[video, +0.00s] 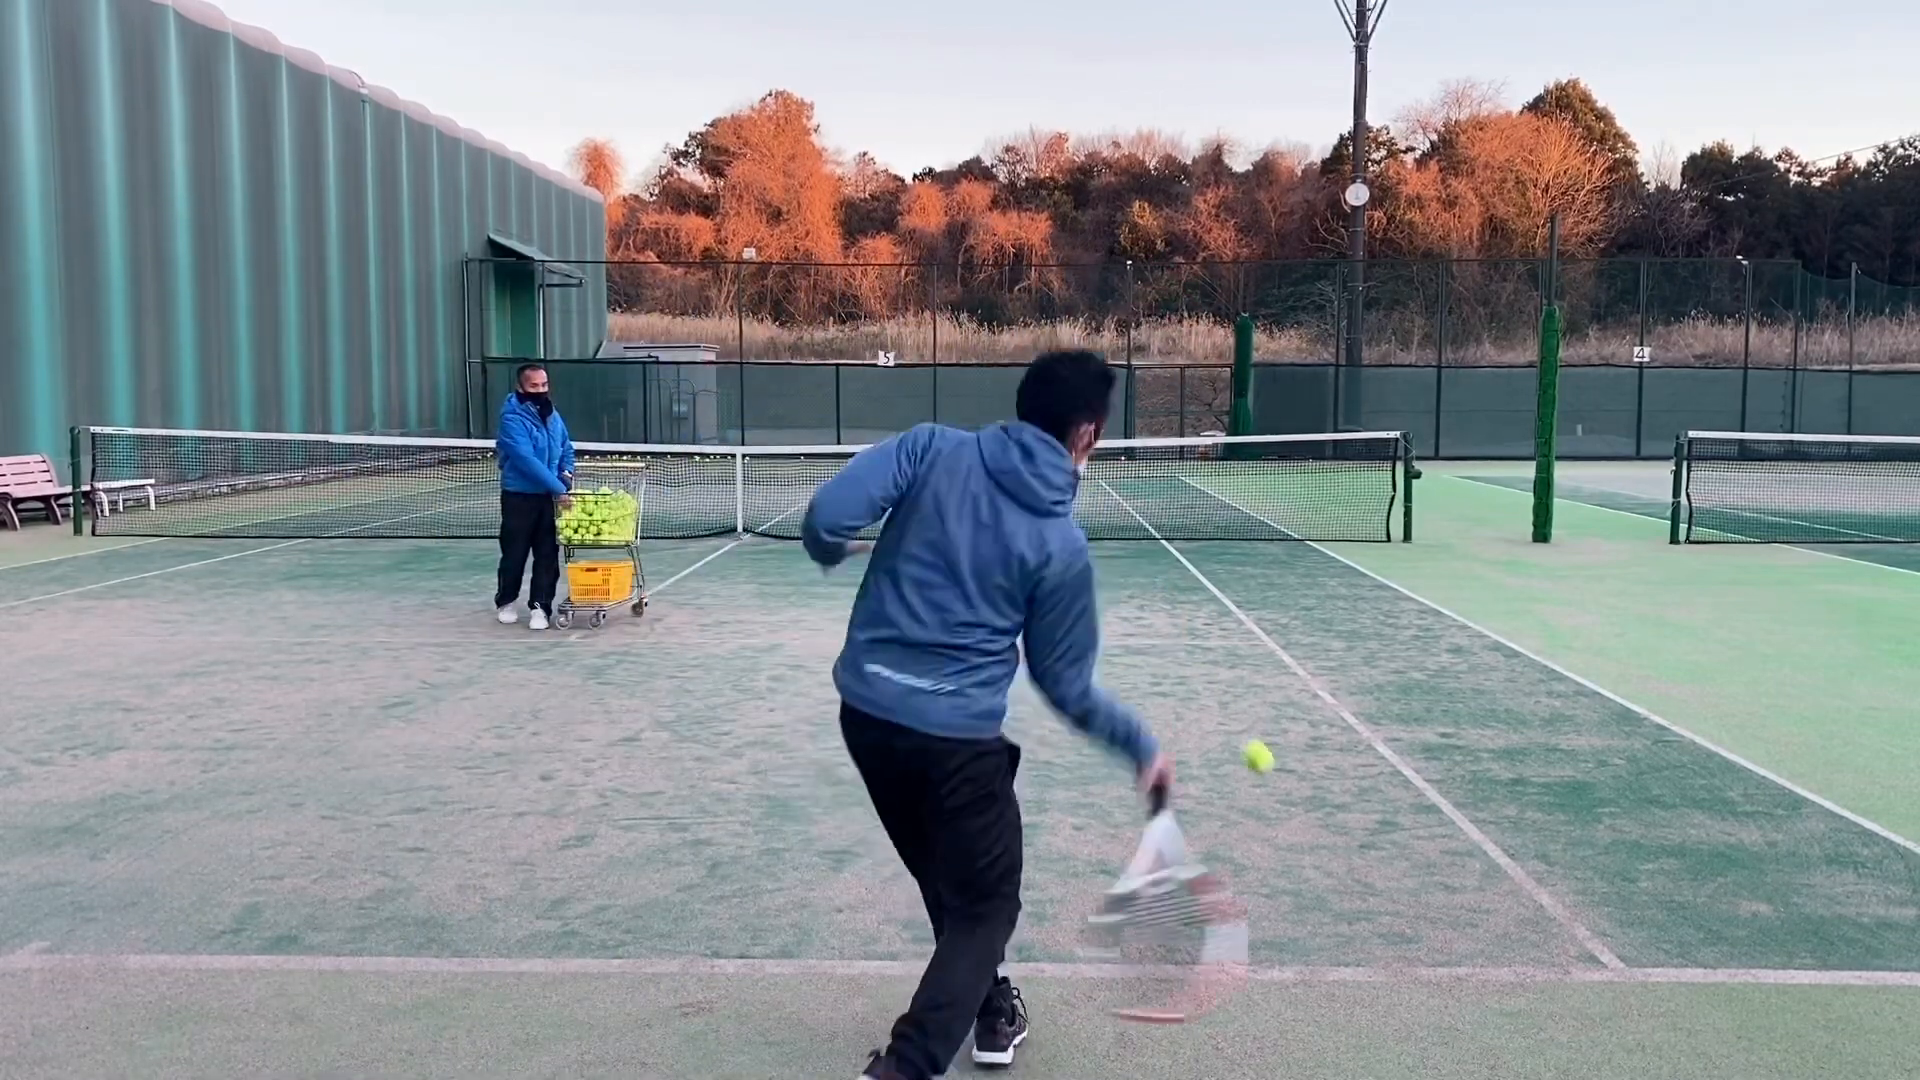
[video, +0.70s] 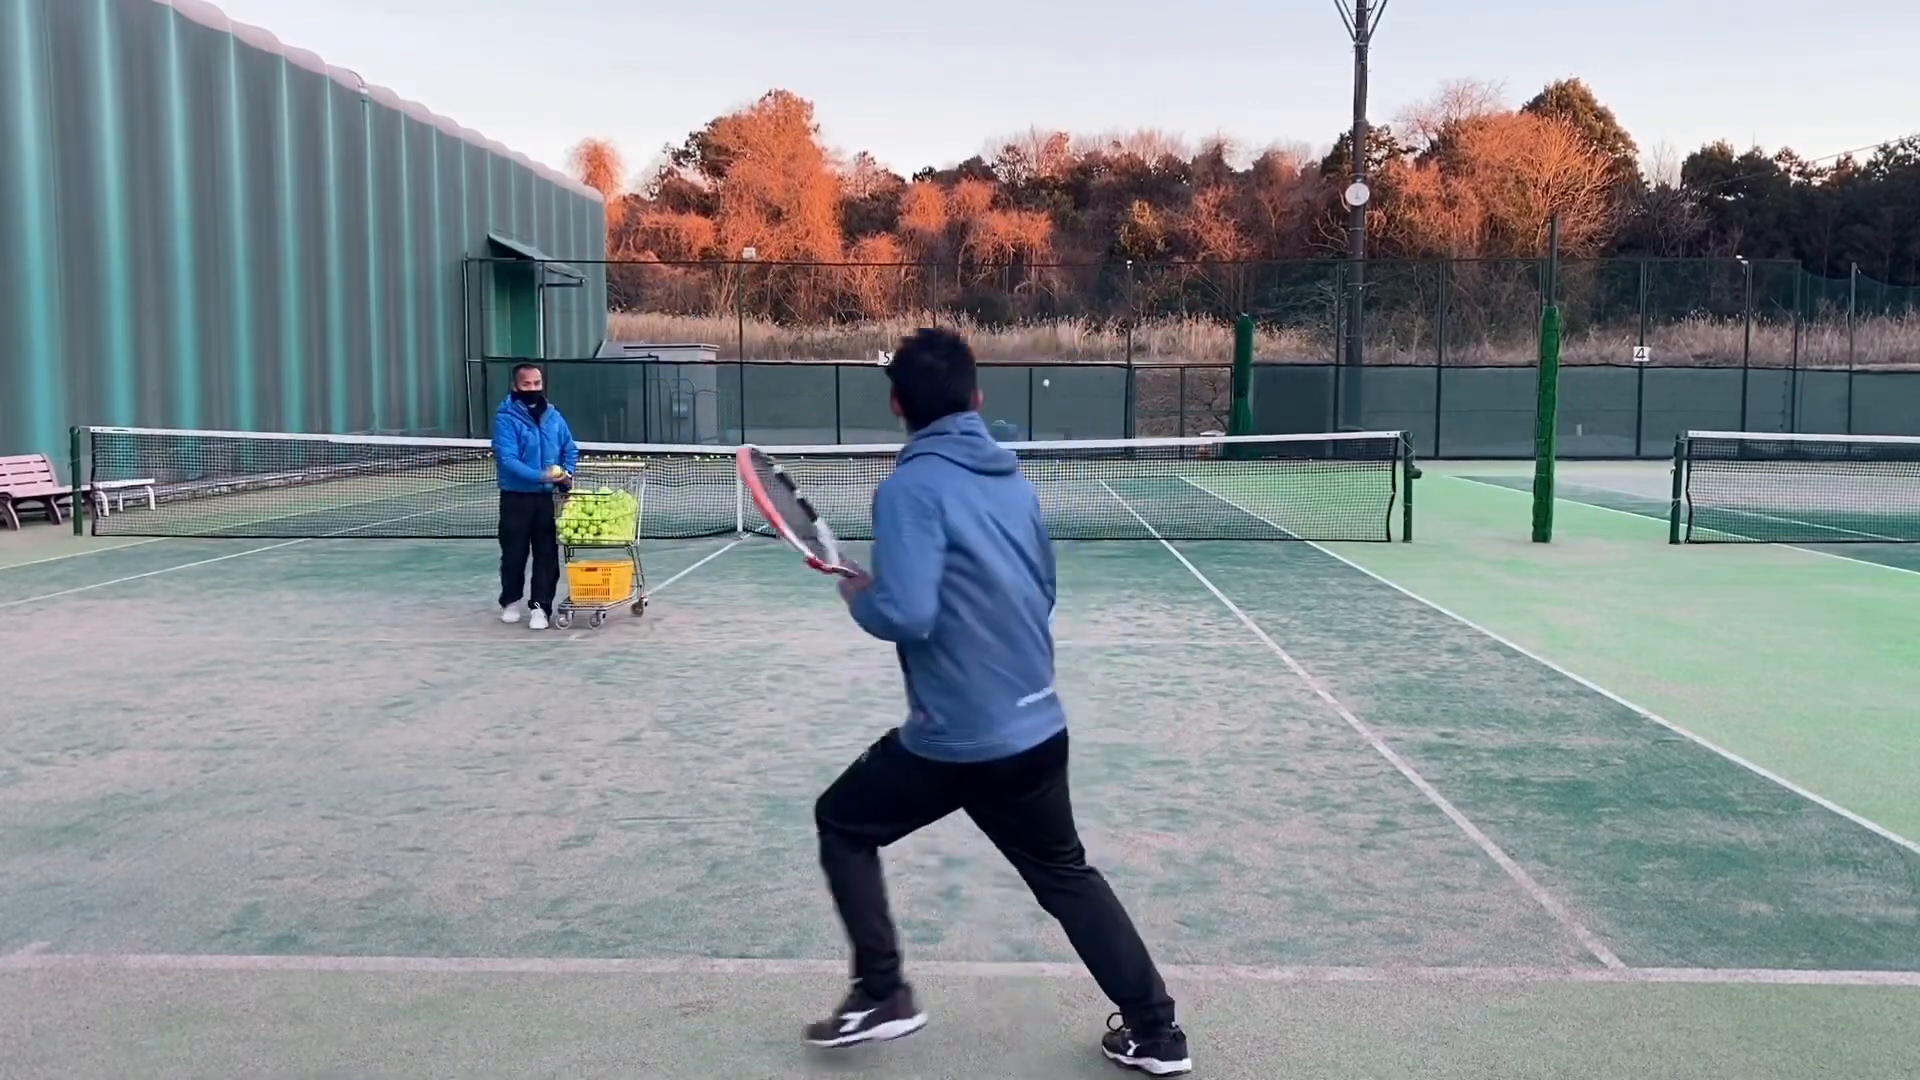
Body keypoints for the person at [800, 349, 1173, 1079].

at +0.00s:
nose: (1097, 441)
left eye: (1101, 427)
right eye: (1099, 428)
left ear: (1020, 411)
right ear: (1083, 433)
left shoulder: (933, 446)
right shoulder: (1058, 544)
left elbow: (826, 515)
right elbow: (1065, 681)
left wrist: (828, 548)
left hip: (865, 711)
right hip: (957, 737)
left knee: (943, 875)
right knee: (988, 902)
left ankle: (993, 1015)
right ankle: (903, 1067)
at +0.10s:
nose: (1086, 384)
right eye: (1086, 373)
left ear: (1002, 366)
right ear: (1079, 379)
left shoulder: (946, 434)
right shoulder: (1079, 483)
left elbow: (887, 532)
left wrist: (867, 490)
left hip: (898, 691)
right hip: (991, 701)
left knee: (934, 861)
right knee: (983, 870)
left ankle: (995, 1010)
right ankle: (934, 1039)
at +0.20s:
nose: (985, 330)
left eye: (992, 322)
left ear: (994, 336)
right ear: (1074, 345)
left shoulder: (962, 415)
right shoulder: (1077, 419)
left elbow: (937, 529)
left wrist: (882, 485)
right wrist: (925, 319)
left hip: (928, 674)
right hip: (1015, 678)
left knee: (950, 846)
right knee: (1009, 843)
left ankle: (998, 1003)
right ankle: (992, 1022)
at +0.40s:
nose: (969, 330)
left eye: (973, 320)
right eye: (975, 318)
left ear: (978, 330)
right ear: (1052, 326)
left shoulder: (972, 410)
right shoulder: (1064, 397)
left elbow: (976, 535)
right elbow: (990, 386)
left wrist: (913, 509)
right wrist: (910, 392)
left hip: (966, 677)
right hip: (1049, 669)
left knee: (978, 842)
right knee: (1072, 834)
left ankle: (1022, 1010)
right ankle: (1114, 1012)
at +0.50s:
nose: (952, 362)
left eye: (954, 352)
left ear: (962, 360)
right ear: (1041, 354)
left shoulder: (970, 445)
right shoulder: (1056, 433)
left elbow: (974, 569)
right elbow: (995, 475)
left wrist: (914, 520)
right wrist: (916, 472)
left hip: (985, 710)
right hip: (1064, 700)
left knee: (941, 836)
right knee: (1092, 854)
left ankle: (1018, 983)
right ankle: (1158, 1021)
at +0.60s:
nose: (926, 395)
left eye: (928, 385)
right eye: (930, 383)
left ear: (936, 397)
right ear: (1011, 391)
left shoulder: (953, 479)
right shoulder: (1038, 469)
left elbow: (956, 605)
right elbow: (1034, 578)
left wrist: (895, 592)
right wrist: (930, 569)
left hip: (997, 732)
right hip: (1063, 720)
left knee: (887, 819)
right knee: (1081, 875)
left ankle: (971, 965)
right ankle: (1158, 1035)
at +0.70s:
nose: (888, 400)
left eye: (891, 391)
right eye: (890, 389)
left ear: (901, 402)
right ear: (975, 395)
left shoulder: (910, 489)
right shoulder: (1010, 481)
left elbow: (909, 613)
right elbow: (1036, 595)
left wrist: (859, 597)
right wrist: (904, 583)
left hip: (959, 738)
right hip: (1035, 728)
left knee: (842, 821)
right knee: (1065, 875)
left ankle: (881, 992)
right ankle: (1157, 1032)